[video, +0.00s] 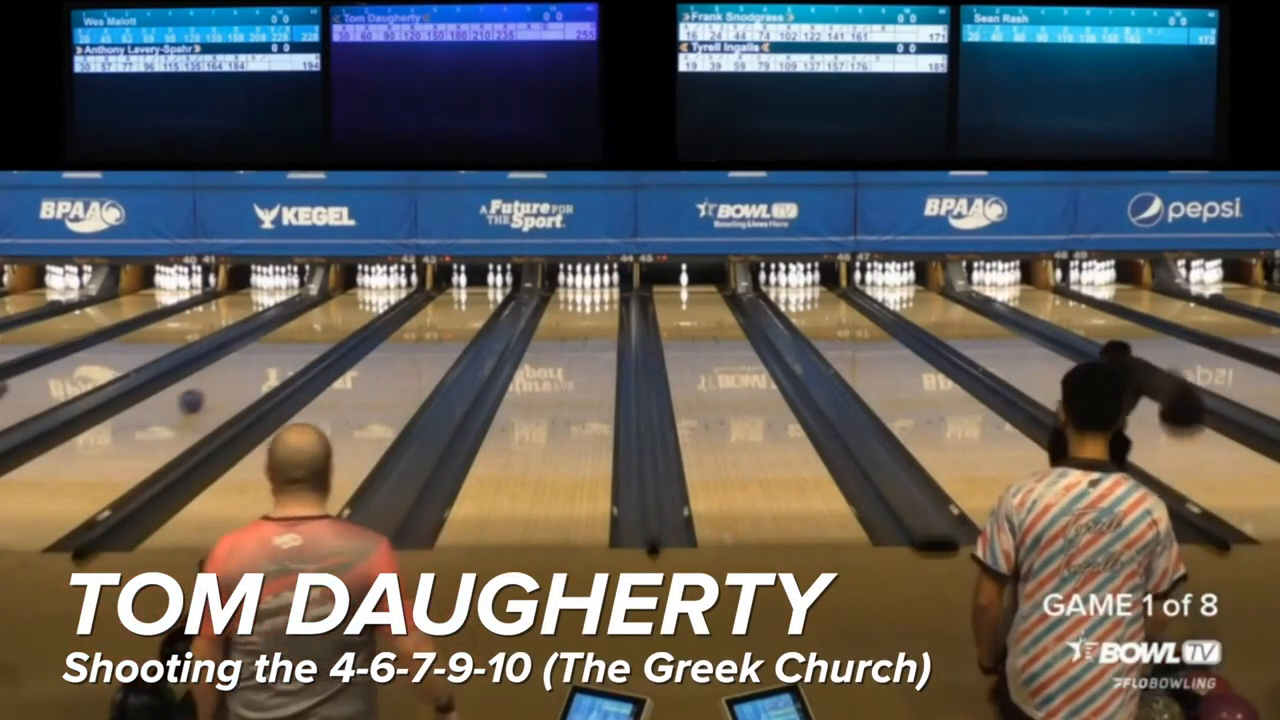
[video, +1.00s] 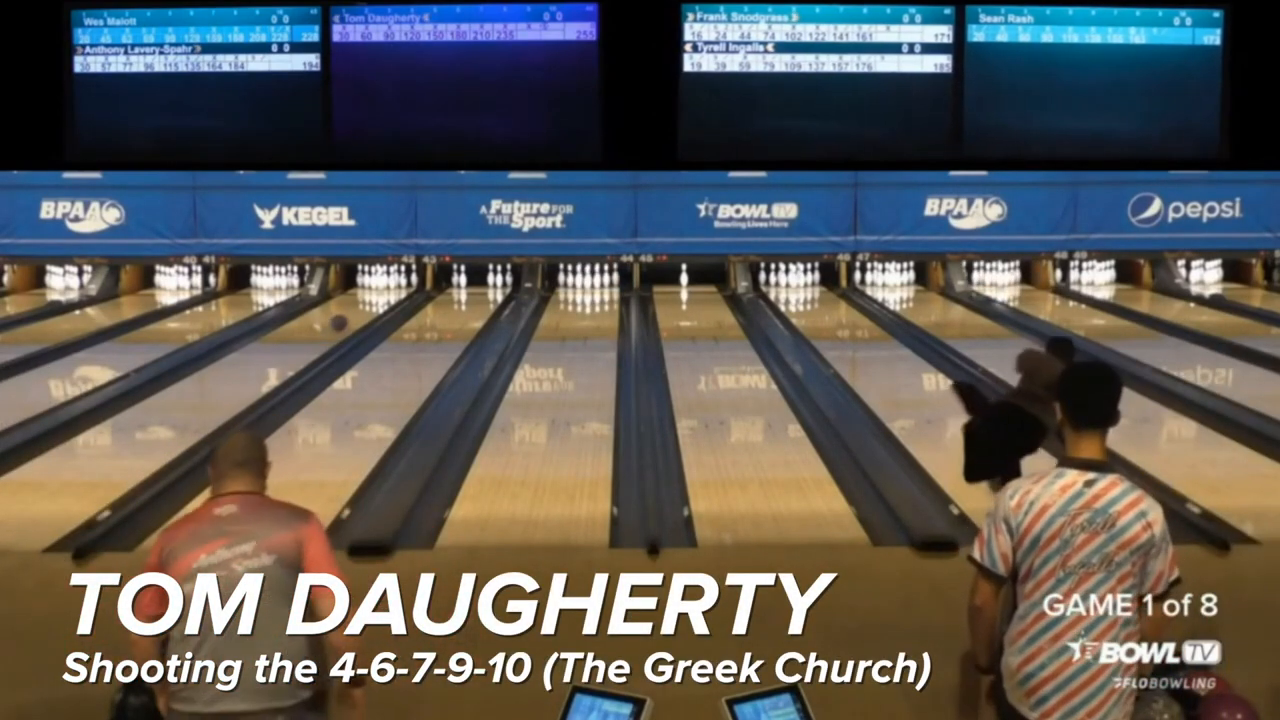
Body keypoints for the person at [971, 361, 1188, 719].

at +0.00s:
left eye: (1061, 405)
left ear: (1063, 413)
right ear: (1122, 419)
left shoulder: (1024, 497)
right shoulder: (1149, 508)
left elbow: (987, 600)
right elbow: (1160, 607)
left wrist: (990, 662)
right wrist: (1141, 650)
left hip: (1033, 686)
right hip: (1112, 692)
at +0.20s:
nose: (1057, 409)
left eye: (1058, 403)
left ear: (1062, 412)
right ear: (1118, 418)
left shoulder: (1023, 496)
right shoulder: (1151, 507)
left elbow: (986, 598)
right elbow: (1158, 597)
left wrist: (989, 660)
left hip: (1033, 686)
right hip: (1112, 691)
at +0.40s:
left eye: (1060, 403)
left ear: (1062, 412)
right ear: (1118, 418)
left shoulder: (1024, 493)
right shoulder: (1153, 505)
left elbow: (986, 594)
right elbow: (1161, 608)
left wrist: (988, 661)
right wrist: (1142, 670)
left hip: (1033, 685)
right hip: (1111, 691)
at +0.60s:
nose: (1060, 414)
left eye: (1060, 406)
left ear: (1062, 414)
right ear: (1118, 417)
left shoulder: (1023, 494)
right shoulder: (1152, 504)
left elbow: (986, 596)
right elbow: (1160, 608)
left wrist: (987, 661)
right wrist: (1140, 671)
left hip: (1032, 688)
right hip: (1110, 694)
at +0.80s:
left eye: (1059, 408)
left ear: (1061, 414)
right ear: (1117, 419)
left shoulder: (1022, 498)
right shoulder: (1147, 511)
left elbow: (984, 601)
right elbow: (1156, 611)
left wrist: (986, 665)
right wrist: (1138, 670)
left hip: (1030, 683)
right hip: (1108, 691)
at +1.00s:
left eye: (1058, 408)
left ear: (1060, 414)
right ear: (1116, 419)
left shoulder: (1021, 498)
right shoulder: (1146, 511)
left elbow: (982, 601)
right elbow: (1154, 612)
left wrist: (985, 665)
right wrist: (1139, 669)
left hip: (1028, 684)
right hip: (1106, 692)